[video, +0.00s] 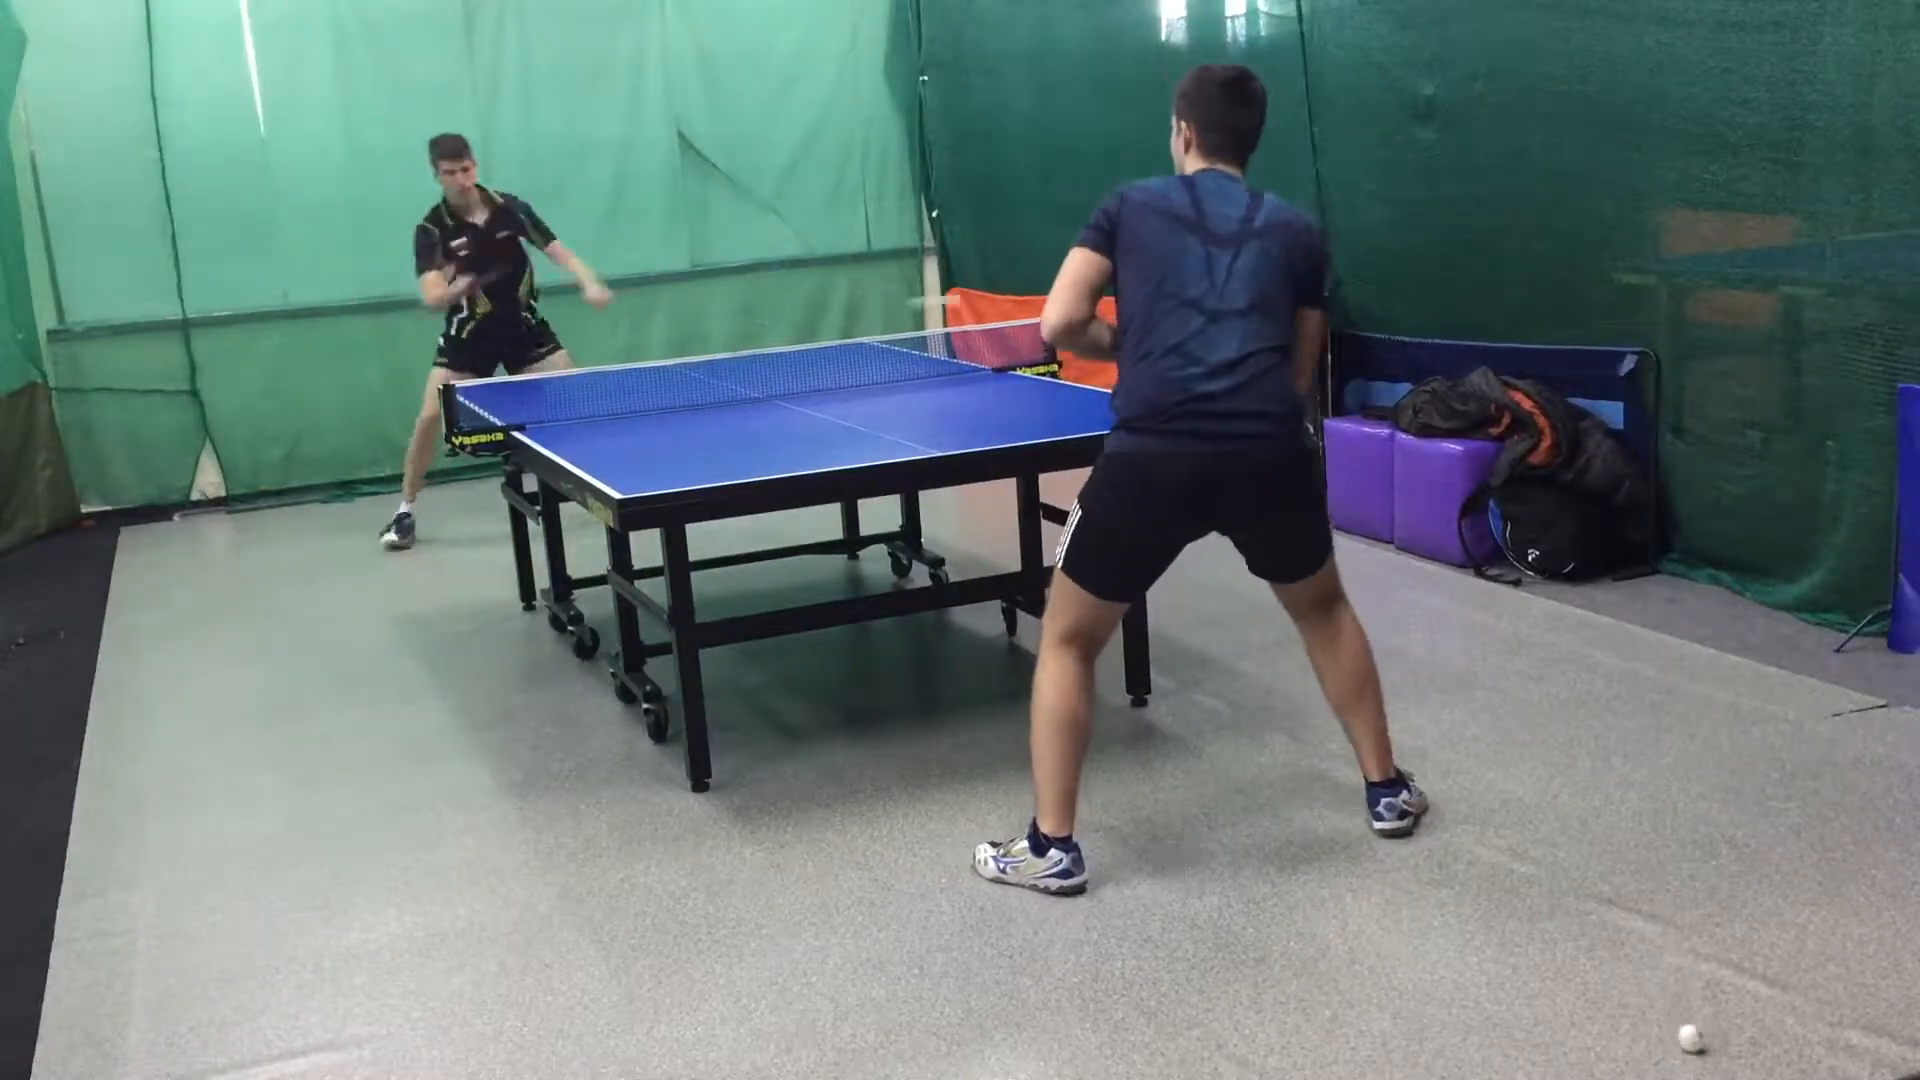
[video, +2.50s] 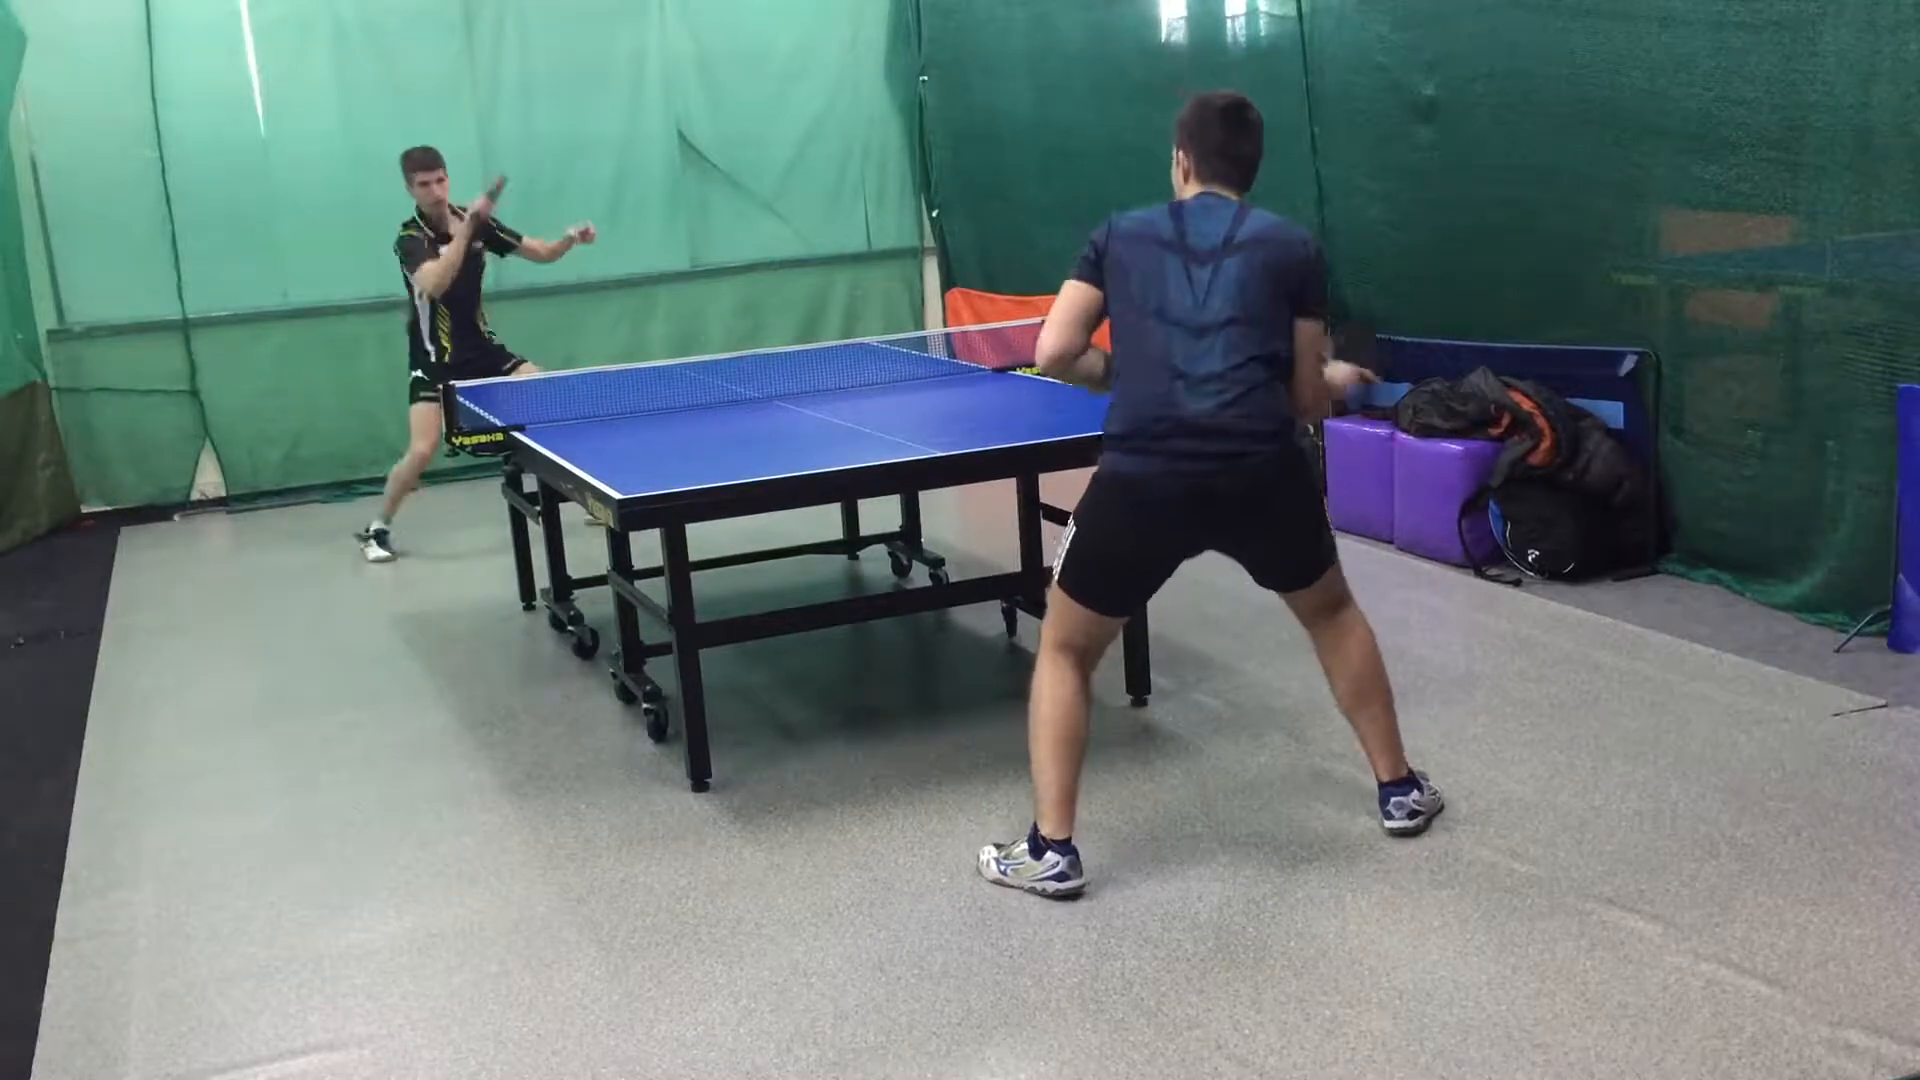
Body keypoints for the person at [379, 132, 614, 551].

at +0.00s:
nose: (460, 179)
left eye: (464, 169)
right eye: (449, 173)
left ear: (475, 166)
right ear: (437, 176)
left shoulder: (510, 209)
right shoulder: (433, 227)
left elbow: (558, 252)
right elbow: (432, 295)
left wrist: (590, 283)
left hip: (522, 324)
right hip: (467, 332)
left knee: (574, 395)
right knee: (428, 418)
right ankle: (405, 512)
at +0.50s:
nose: (460, 194)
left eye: (463, 183)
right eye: (452, 188)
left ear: (479, 175)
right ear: (447, 192)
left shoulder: (530, 206)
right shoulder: (460, 237)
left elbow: (586, 232)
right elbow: (472, 299)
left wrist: (577, 239)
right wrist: (448, 294)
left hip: (559, 329)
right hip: (506, 337)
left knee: (597, 402)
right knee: (465, 414)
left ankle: (618, 491)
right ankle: (434, 506)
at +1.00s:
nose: (483, 190)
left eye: (487, 180)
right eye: (473, 184)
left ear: (496, 176)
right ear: (460, 186)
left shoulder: (530, 215)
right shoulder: (459, 234)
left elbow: (575, 269)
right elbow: (455, 300)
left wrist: (583, 308)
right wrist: (452, 318)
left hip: (551, 319)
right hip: (501, 325)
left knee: (603, 388)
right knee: (466, 407)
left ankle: (626, 484)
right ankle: (443, 505)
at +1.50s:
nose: (447, 176)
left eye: (452, 166)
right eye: (438, 171)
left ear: (468, 163)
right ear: (432, 176)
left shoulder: (506, 203)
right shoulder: (440, 217)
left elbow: (571, 234)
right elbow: (467, 231)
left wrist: (593, 217)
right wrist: (517, 184)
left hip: (529, 330)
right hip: (481, 344)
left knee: (584, 388)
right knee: (455, 431)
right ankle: (437, 510)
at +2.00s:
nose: (419, 228)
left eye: (424, 217)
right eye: (409, 221)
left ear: (435, 209)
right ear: (398, 221)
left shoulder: (469, 249)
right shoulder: (415, 264)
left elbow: (484, 316)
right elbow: (421, 336)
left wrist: (440, 352)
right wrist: (371, 374)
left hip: (534, 353)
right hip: (485, 357)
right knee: (430, 423)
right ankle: (442, 511)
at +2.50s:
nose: (436, 190)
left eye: (439, 181)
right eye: (425, 185)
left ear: (448, 179)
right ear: (410, 189)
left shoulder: (474, 221)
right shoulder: (411, 237)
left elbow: (539, 252)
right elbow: (433, 284)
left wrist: (569, 241)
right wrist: (469, 225)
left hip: (480, 348)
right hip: (434, 361)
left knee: (552, 394)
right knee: (423, 451)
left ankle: (592, 493)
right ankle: (380, 526)